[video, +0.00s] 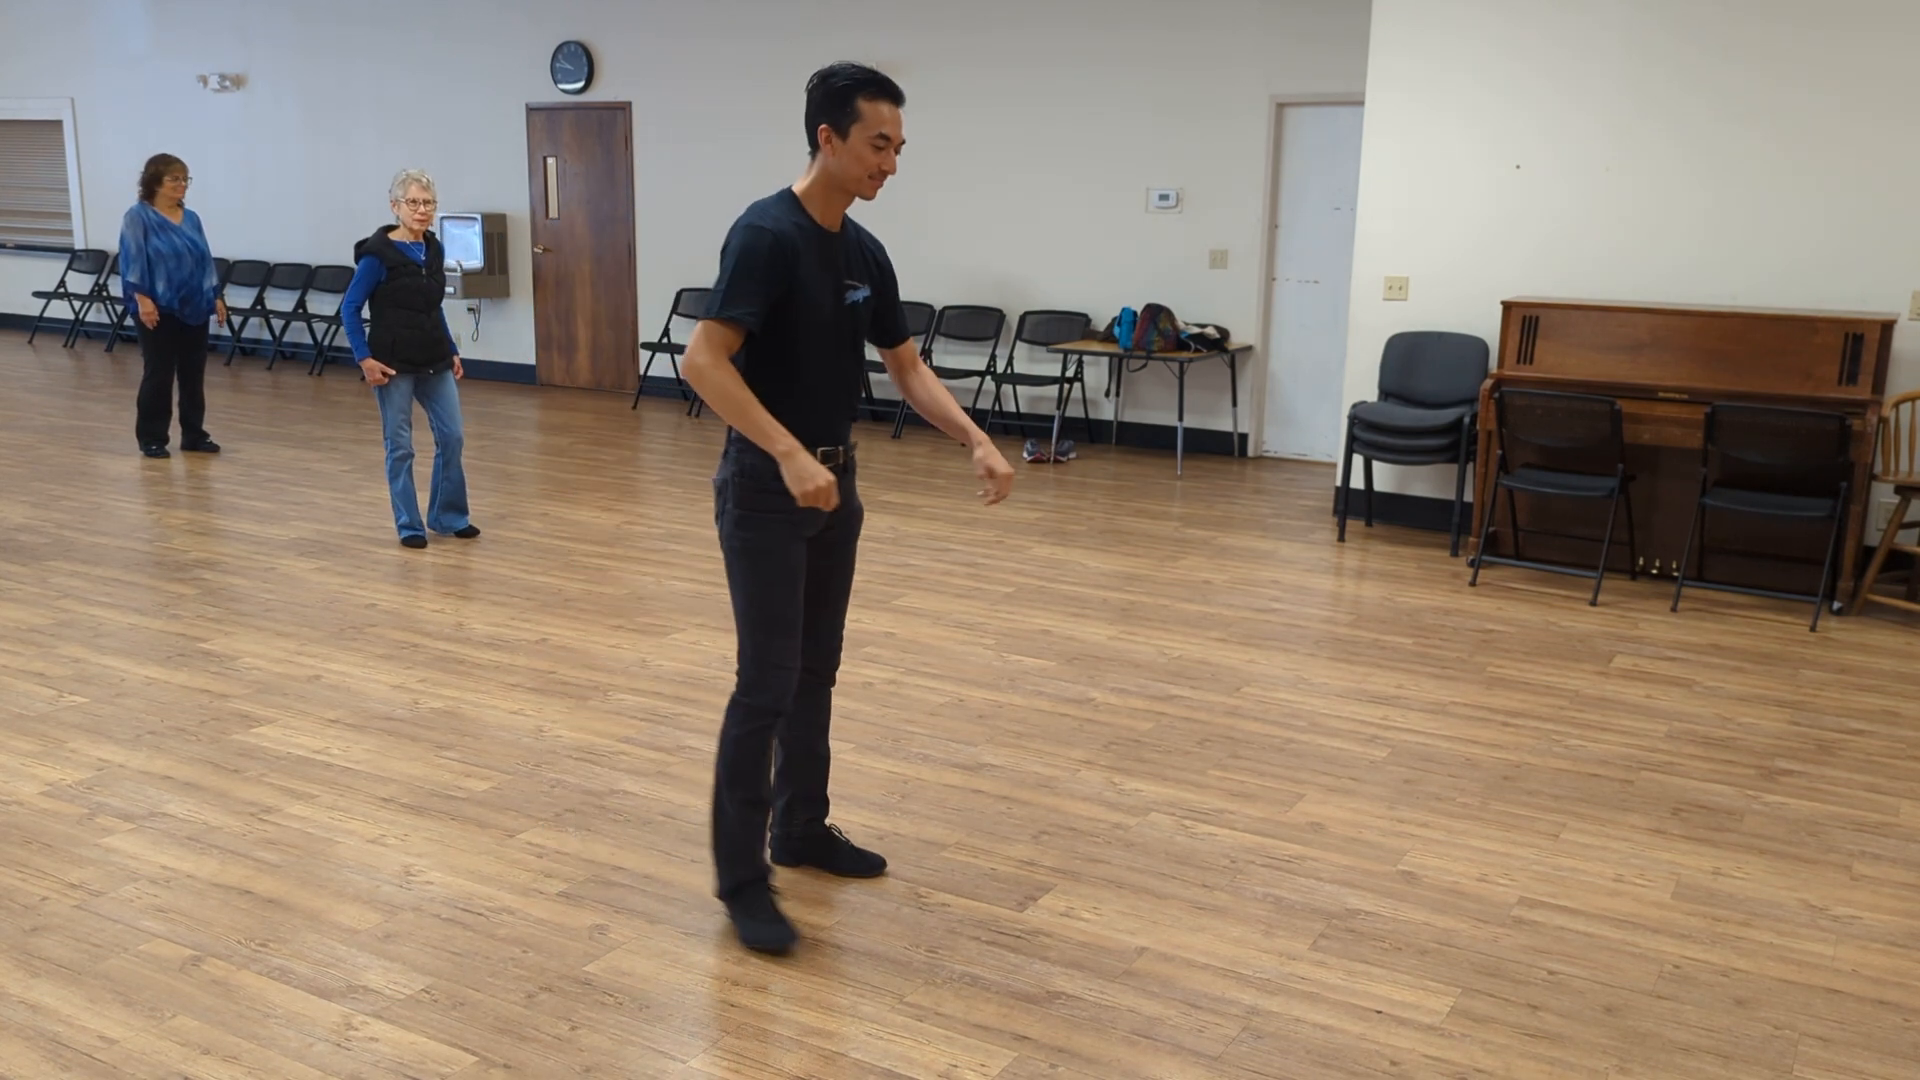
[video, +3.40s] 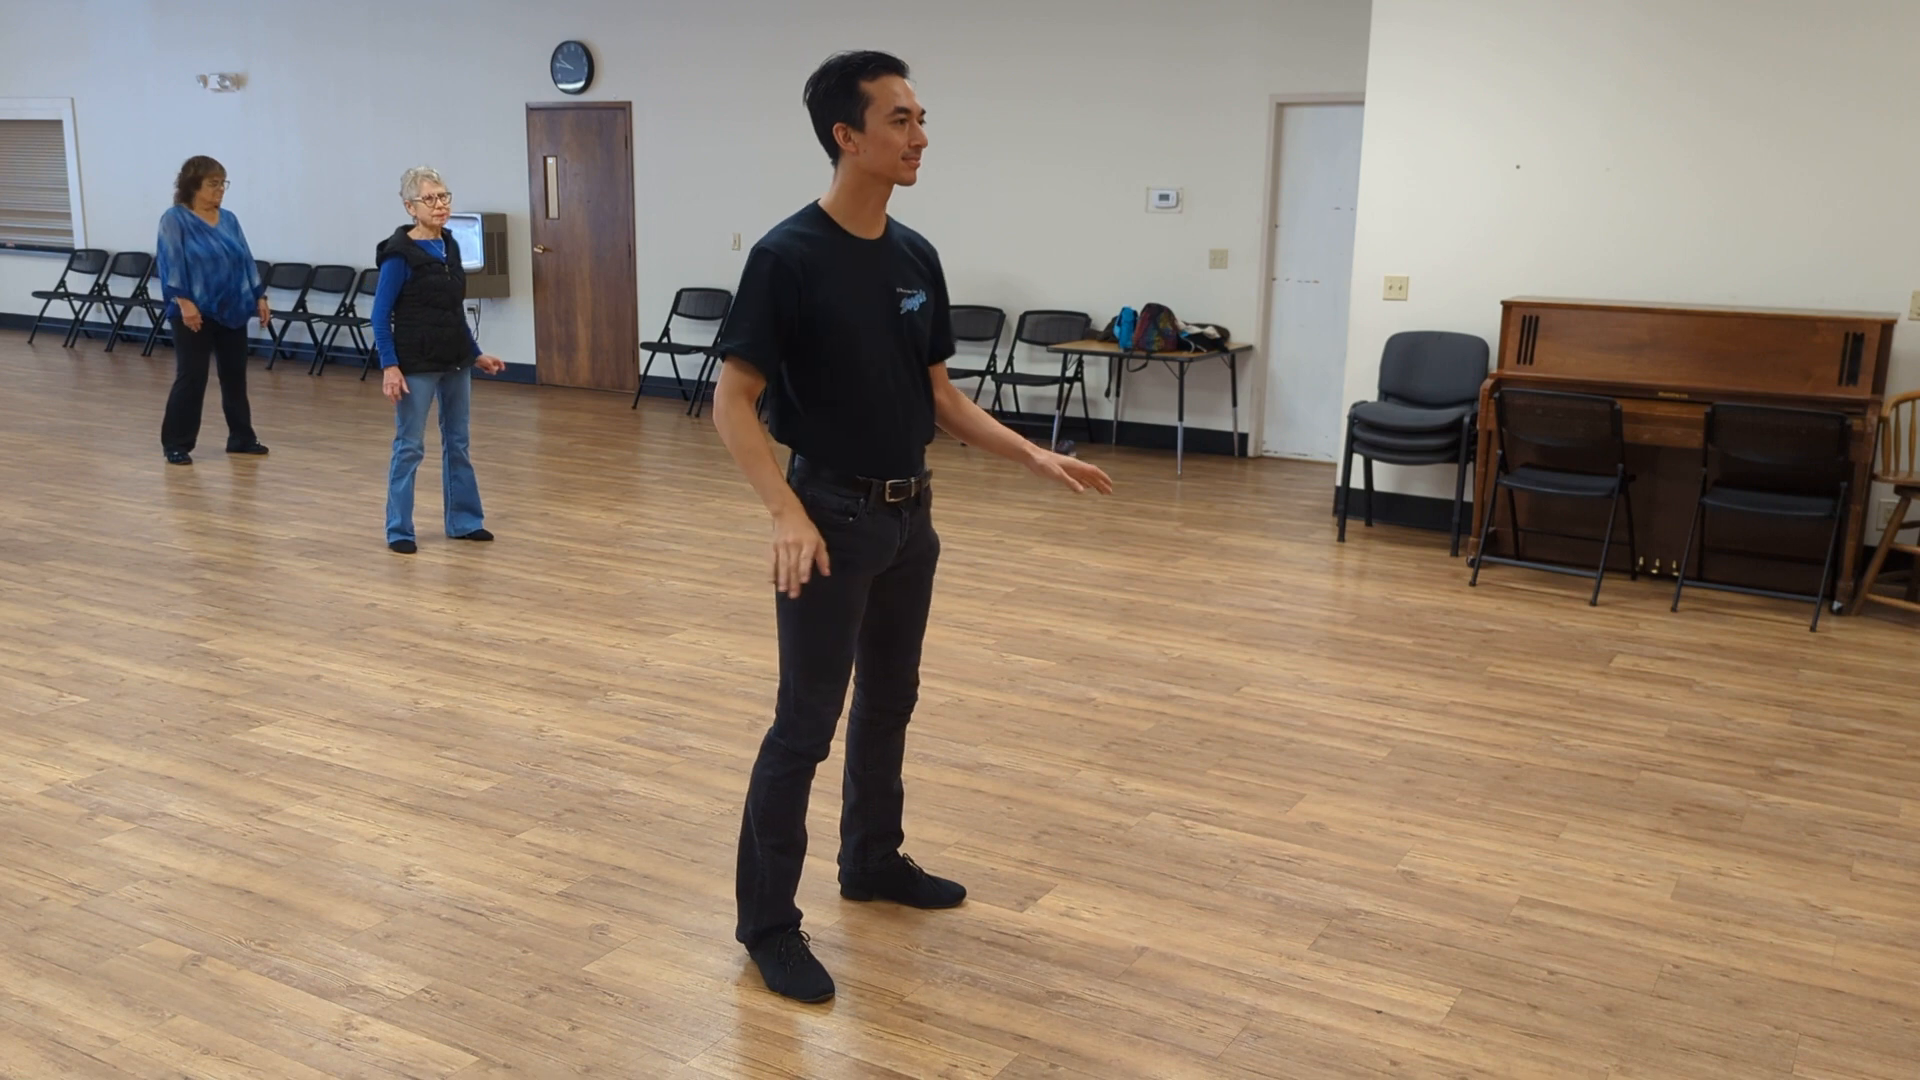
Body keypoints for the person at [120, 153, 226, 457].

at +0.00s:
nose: (182, 185)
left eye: (185, 180)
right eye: (175, 179)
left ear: (186, 183)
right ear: (156, 182)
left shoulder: (190, 217)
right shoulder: (137, 216)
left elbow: (205, 261)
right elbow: (133, 262)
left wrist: (216, 296)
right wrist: (143, 298)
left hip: (194, 308)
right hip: (158, 308)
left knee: (193, 374)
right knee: (159, 374)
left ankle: (193, 435)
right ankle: (152, 440)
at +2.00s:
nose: (193, 186)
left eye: (197, 181)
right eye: (185, 181)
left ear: (203, 184)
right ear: (169, 184)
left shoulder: (207, 218)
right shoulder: (153, 216)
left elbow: (220, 262)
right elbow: (147, 262)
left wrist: (227, 297)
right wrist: (156, 298)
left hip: (205, 308)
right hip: (169, 307)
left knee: (199, 372)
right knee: (175, 369)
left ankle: (194, 434)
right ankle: (156, 436)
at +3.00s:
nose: (202, 196)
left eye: (206, 190)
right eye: (195, 190)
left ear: (210, 190)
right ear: (177, 187)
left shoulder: (211, 218)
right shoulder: (159, 219)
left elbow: (226, 262)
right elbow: (153, 267)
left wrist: (236, 299)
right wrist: (161, 305)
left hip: (218, 311)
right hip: (182, 312)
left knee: (228, 378)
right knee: (183, 380)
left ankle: (241, 439)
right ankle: (175, 447)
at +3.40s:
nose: (220, 189)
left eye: (223, 183)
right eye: (213, 184)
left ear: (224, 185)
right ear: (193, 186)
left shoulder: (228, 218)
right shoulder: (174, 219)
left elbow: (246, 260)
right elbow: (171, 266)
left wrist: (260, 297)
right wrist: (185, 302)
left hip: (232, 310)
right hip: (193, 310)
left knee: (235, 376)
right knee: (192, 378)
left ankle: (241, 438)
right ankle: (176, 445)